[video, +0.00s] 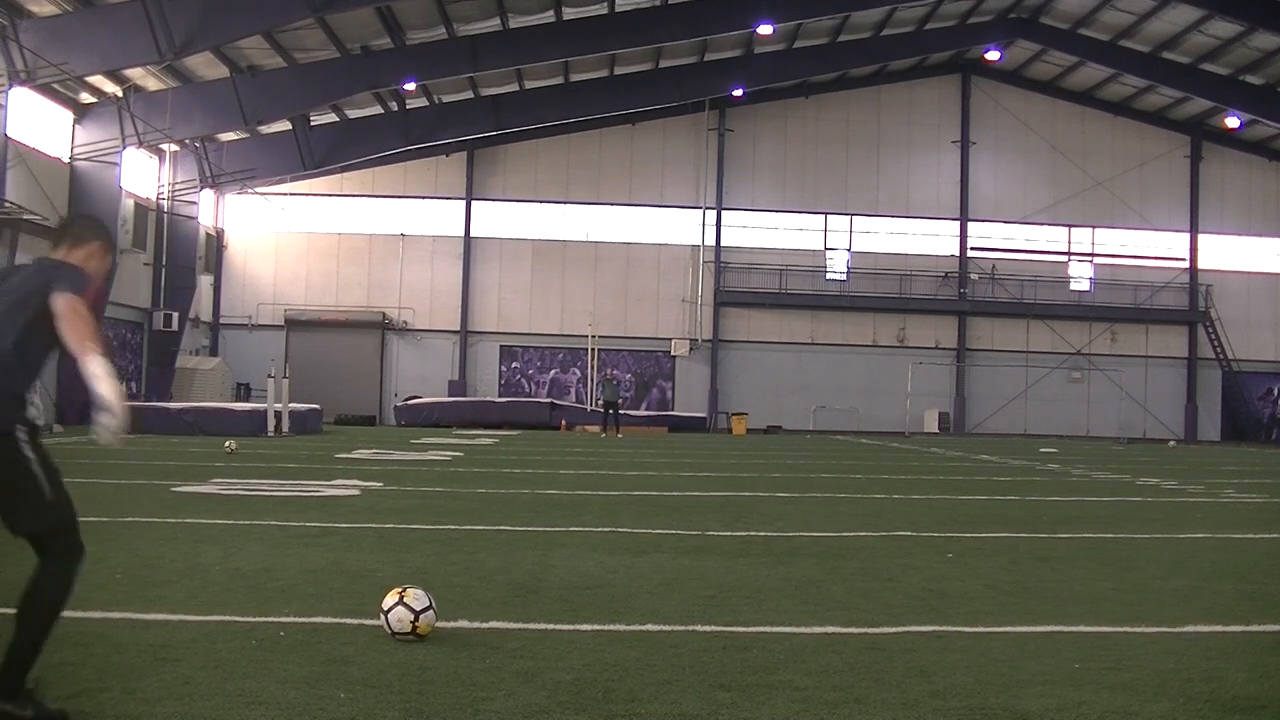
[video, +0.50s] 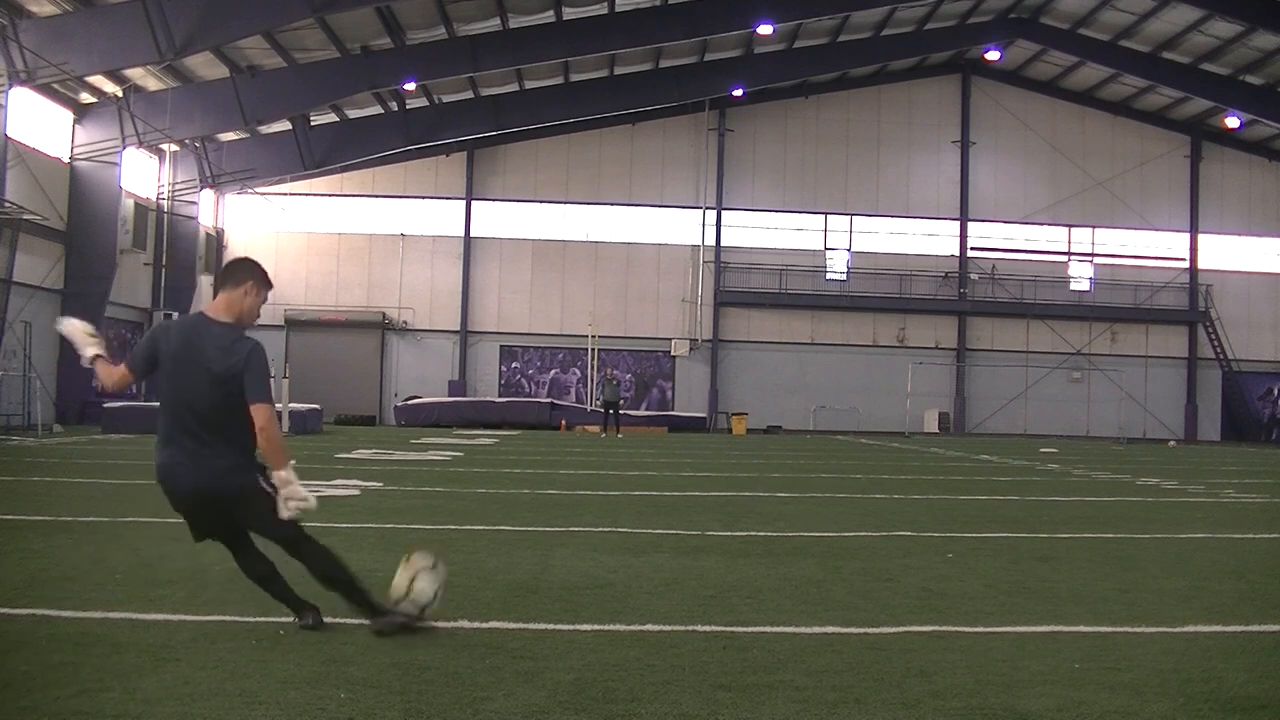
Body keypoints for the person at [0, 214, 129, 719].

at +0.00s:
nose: (101, 275)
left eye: (105, 269)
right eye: (104, 267)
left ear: (59, 246)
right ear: (92, 252)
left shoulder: (17, 274)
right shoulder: (65, 274)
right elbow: (68, 308)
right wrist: (102, 380)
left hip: (9, 427)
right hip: (9, 428)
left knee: (59, 550)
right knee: (62, 550)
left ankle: (13, 684)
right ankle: (12, 686)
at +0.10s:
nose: (148, 288)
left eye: (151, 279)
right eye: (149, 277)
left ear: (103, 262)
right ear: (134, 265)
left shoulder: (41, 294)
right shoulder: (118, 302)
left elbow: (2, 315)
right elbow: (146, 368)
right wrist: (191, 445)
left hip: (5, 438)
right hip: (47, 444)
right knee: (83, 578)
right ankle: (12, 694)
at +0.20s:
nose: (191, 285)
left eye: (191, 276)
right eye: (192, 275)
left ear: (147, 264)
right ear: (179, 267)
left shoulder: (92, 295)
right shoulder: (175, 312)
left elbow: (16, 315)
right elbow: (202, 399)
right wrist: (236, 454)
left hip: (60, 449)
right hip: (103, 451)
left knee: (155, 526)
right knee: (88, 570)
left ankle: (107, 621)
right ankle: (13, 684)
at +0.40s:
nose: (245, 308)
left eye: (247, 299)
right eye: (247, 297)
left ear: (204, 286)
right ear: (234, 288)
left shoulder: (155, 327)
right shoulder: (228, 345)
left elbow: (86, 370)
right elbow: (253, 427)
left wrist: (37, 345)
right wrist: (295, 469)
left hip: (179, 489)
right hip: (223, 484)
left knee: (240, 552)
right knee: (284, 552)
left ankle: (298, 612)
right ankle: (252, 485)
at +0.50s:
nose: (260, 312)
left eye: (262, 302)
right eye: (260, 300)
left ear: (220, 290)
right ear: (242, 290)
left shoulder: (167, 333)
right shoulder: (246, 350)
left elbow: (113, 381)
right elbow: (264, 424)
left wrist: (91, 349)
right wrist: (288, 482)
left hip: (178, 478)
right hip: (231, 475)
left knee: (241, 547)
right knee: (298, 540)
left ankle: (303, 612)